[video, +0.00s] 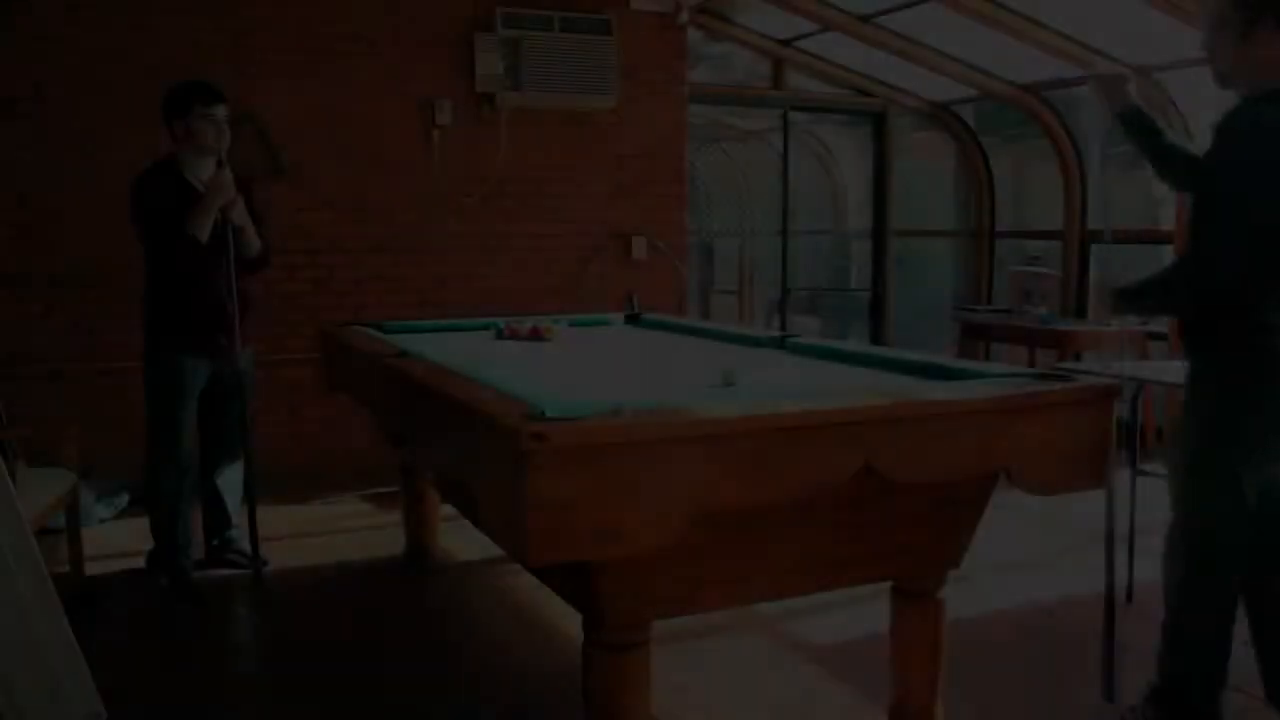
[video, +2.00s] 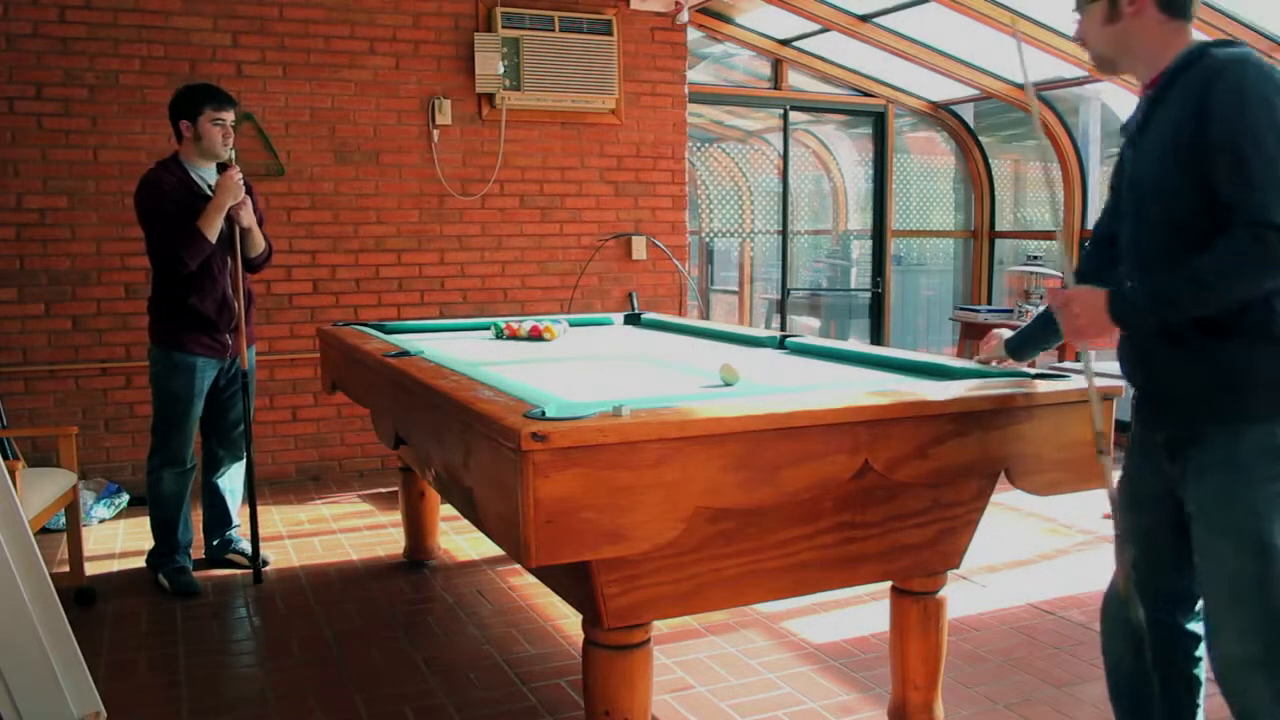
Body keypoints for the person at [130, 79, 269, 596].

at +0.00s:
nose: (222, 132)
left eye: (224, 122)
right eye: (210, 122)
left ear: (227, 130)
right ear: (181, 129)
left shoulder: (225, 182)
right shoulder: (156, 184)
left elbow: (255, 260)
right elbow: (173, 256)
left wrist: (238, 214)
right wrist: (210, 205)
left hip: (224, 331)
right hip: (174, 332)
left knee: (225, 444)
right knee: (176, 448)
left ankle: (222, 540)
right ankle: (172, 554)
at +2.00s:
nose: (230, 134)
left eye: (233, 125)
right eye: (220, 124)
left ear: (231, 131)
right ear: (186, 128)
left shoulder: (233, 181)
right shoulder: (158, 185)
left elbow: (257, 261)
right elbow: (179, 261)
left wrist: (246, 220)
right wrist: (218, 205)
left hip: (236, 339)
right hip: (184, 342)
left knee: (229, 449)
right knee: (176, 455)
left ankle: (223, 542)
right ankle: (171, 558)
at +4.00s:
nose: (223, 135)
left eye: (228, 126)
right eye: (213, 125)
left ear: (232, 130)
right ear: (181, 129)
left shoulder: (238, 185)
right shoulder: (155, 187)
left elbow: (258, 262)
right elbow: (174, 262)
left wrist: (243, 222)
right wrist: (210, 204)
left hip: (237, 339)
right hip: (182, 341)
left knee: (229, 450)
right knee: (175, 455)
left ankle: (223, 542)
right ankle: (171, 558)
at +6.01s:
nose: (245, 143)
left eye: (249, 135)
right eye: (236, 134)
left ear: (250, 139)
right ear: (205, 134)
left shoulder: (245, 188)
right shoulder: (172, 189)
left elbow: (270, 264)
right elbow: (184, 264)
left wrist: (263, 243)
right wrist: (232, 223)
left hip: (248, 333)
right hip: (200, 335)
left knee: (238, 446)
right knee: (202, 448)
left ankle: (219, 541)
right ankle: (184, 555)